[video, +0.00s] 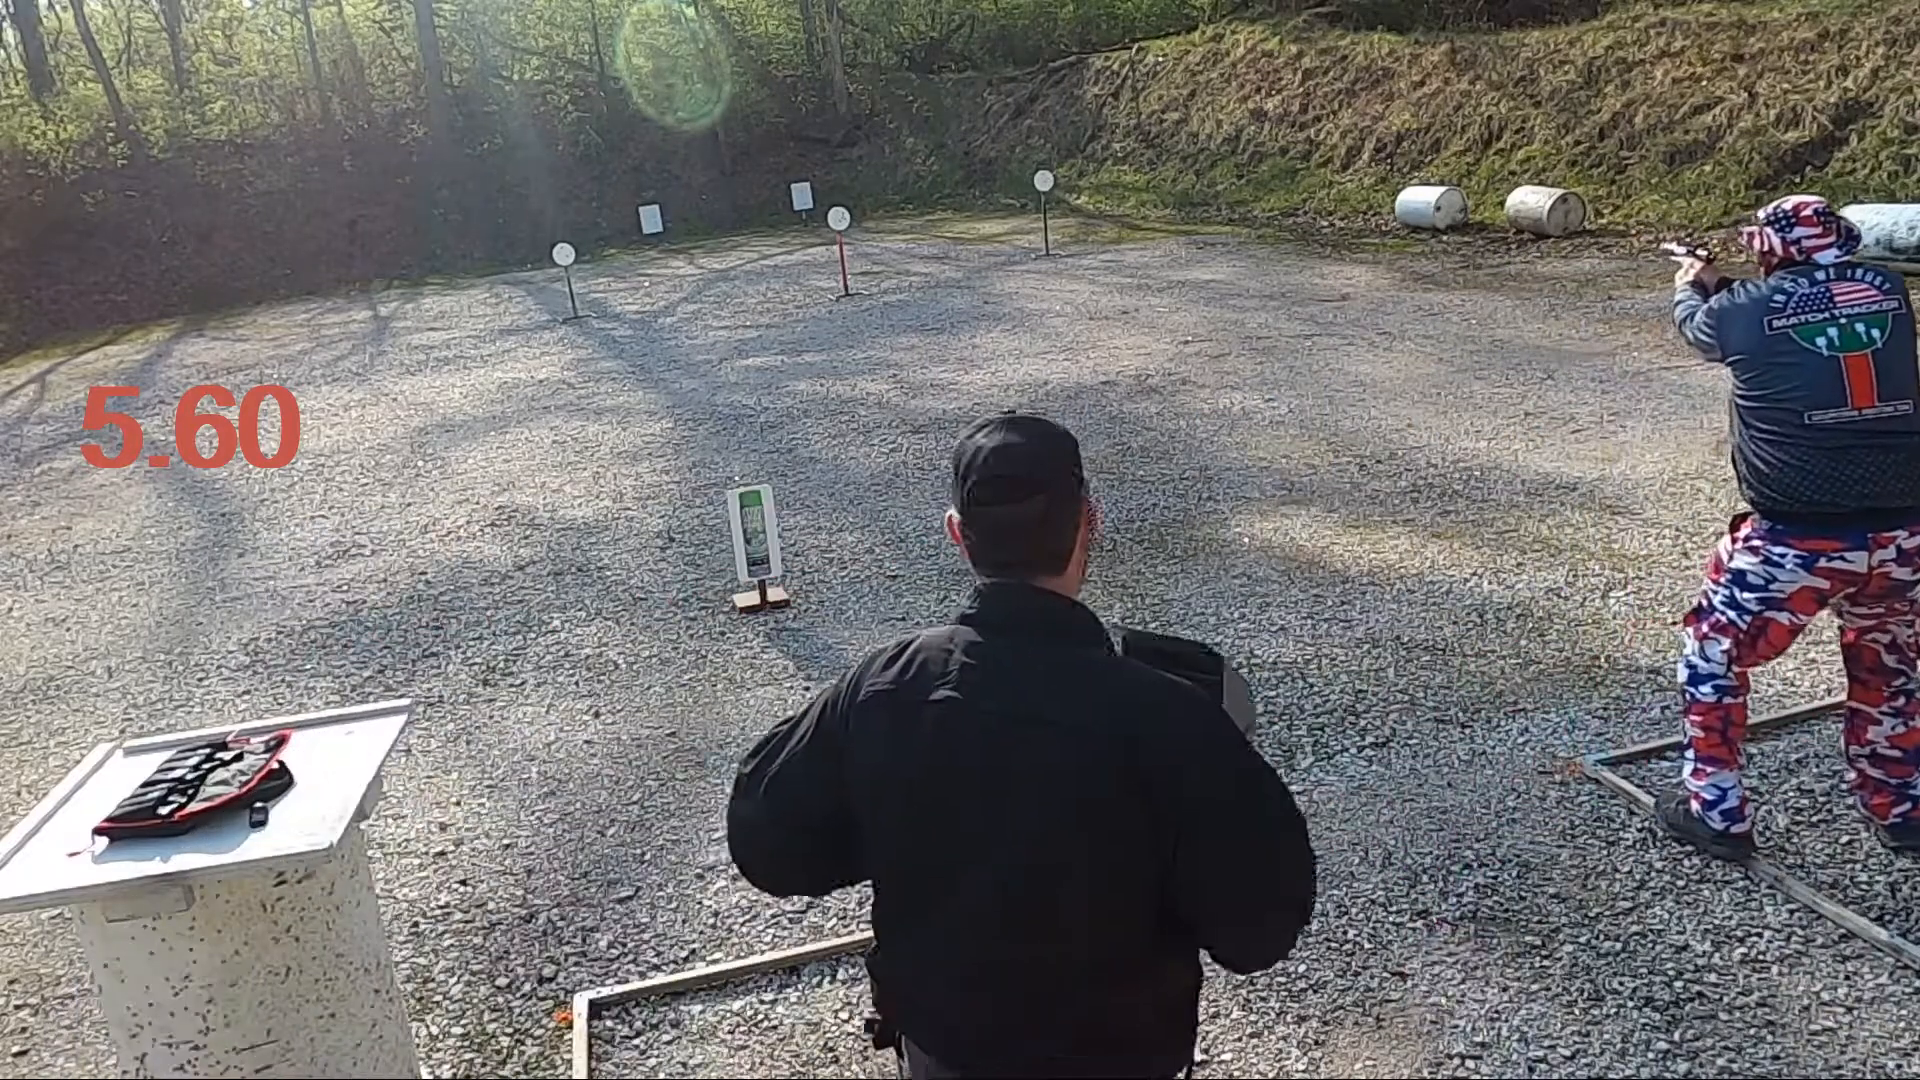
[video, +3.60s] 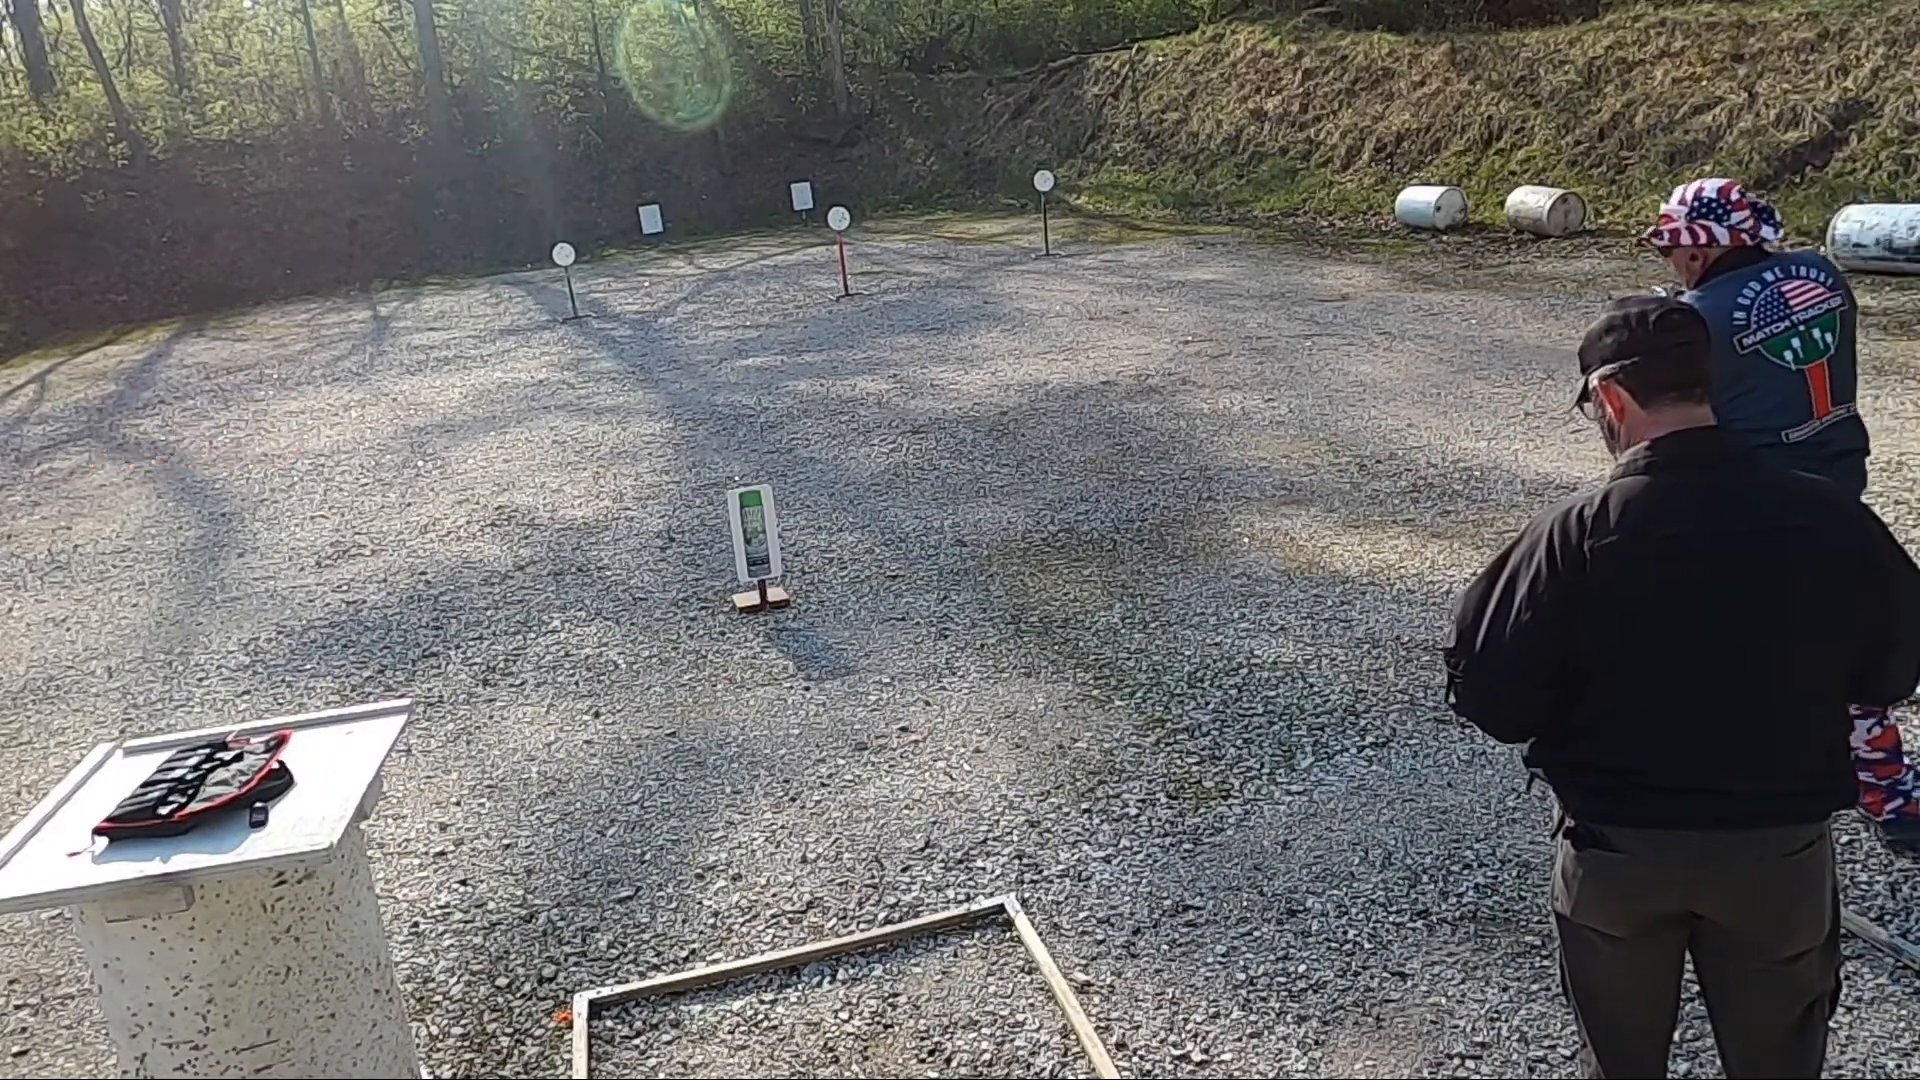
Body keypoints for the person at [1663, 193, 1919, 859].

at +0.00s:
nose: (1760, 255)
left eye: (1764, 248)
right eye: (1762, 245)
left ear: (1775, 256)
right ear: (1840, 244)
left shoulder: (1746, 310)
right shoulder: (1889, 293)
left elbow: (1693, 321)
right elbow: (1818, 298)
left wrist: (1689, 277)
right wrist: (1745, 277)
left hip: (1796, 541)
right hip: (1903, 536)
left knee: (1712, 648)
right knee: (1891, 676)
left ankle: (1716, 811)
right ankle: (1901, 811)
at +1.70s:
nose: (1787, 252)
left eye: (1790, 243)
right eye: (1786, 244)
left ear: (1804, 244)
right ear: (1867, 233)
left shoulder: (1777, 294)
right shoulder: (1908, 282)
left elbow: (1709, 310)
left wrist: (1688, 272)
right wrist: (1741, 277)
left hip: (1822, 531)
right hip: (1911, 526)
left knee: (1789, 658)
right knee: (1896, 673)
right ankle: (1901, 810)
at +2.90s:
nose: (1779, 229)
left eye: (1784, 219)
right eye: (1781, 219)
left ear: (1800, 221)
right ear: (1865, 210)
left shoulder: (1764, 286)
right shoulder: (1908, 256)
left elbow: (1715, 351)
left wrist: (1712, 296)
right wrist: (1740, 297)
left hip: (1823, 503)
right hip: (1911, 490)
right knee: (1898, 651)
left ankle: (1899, 806)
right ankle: (1900, 802)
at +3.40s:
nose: (1736, 240)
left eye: (1739, 227)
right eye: (1736, 227)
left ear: (1761, 227)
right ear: (1822, 211)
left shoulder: (1731, 305)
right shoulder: (1889, 263)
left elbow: (1696, 405)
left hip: (1813, 516)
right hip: (1907, 494)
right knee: (1897, 655)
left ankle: (1902, 813)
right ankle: (1902, 806)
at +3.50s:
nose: (1706, 250)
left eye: (1707, 237)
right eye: (1703, 237)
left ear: (1732, 237)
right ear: (1788, 220)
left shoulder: (1715, 314)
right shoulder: (1859, 270)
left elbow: (1686, 411)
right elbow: (1862, 368)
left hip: (1781, 524)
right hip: (1878, 508)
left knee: (1783, 662)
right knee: (1887, 657)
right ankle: (1900, 807)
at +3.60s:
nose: (1674, 267)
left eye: (1675, 253)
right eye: (1670, 254)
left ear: (1702, 250)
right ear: (1757, 231)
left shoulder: (1706, 312)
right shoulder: (1823, 272)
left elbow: (1691, 406)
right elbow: (1838, 370)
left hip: (1765, 489)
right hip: (1845, 473)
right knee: (1864, 627)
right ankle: (1891, 790)